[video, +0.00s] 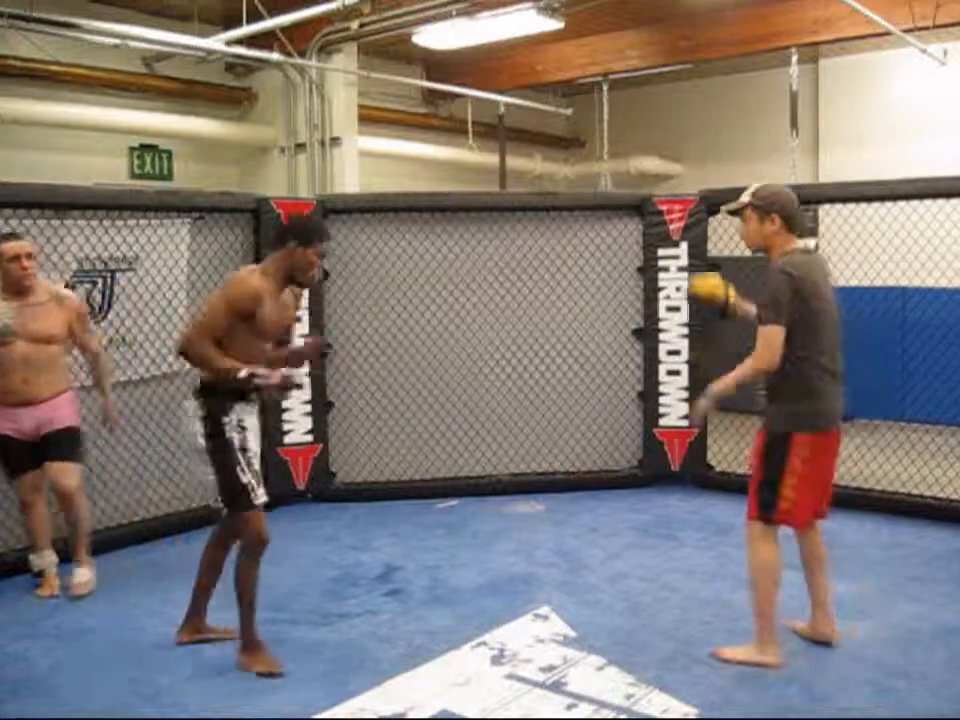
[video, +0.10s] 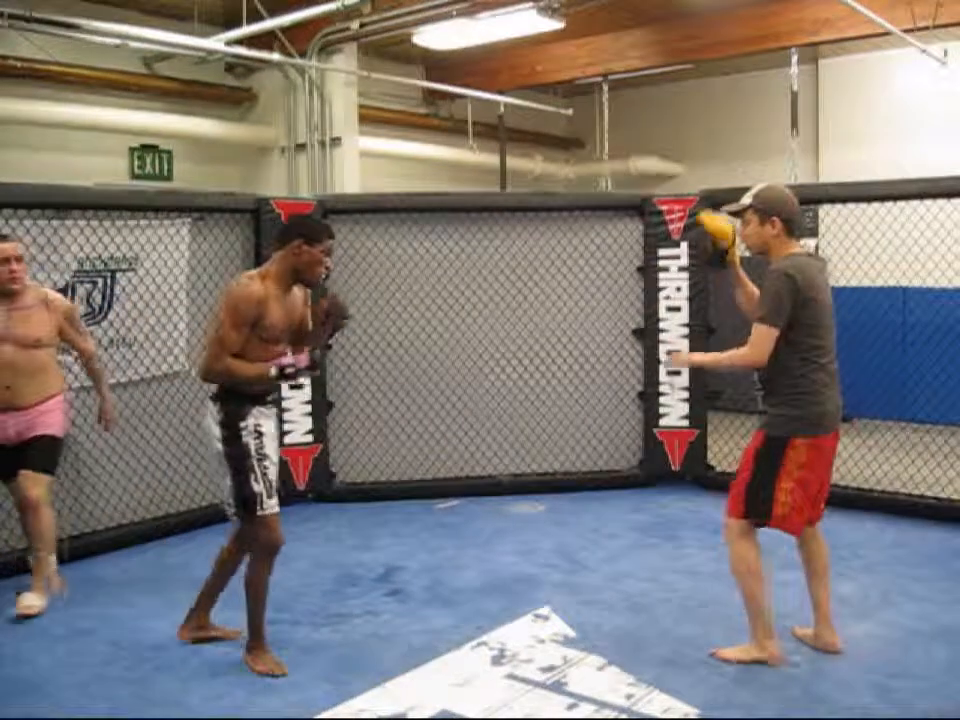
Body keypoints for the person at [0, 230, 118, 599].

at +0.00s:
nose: (24, 265)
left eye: (29, 257)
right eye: (14, 260)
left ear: (37, 260)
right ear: (1, 268)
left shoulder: (65, 304)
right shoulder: (2, 306)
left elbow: (94, 350)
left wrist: (107, 398)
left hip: (56, 406)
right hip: (10, 413)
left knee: (66, 484)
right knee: (29, 496)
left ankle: (82, 560)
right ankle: (47, 568)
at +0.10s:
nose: (14, 268)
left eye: (18, 260)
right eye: (5, 262)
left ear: (28, 263)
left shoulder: (54, 305)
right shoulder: (2, 307)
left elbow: (88, 352)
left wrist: (105, 397)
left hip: (44, 409)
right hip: (6, 415)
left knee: (33, 494)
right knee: (25, 499)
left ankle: (39, 583)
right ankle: (49, 569)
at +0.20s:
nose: (5, 272)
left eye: (10, 265)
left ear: (18, 270)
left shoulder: (40, 311)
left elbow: (78, 354)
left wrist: (92, 405)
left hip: (30, 415)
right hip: (2, 422)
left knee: (11, 499)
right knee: (19, 502)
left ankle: (4, 586)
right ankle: (44, 563)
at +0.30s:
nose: (1, 273)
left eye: (3, 266)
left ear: (7, 269)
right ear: (3, 270)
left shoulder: (28, 318)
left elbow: (66, 367)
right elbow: (65, 367)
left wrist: (72, 420)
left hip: (13, 419)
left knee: (6, 504)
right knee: (8, 505)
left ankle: (5, 583)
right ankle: (39, 562)